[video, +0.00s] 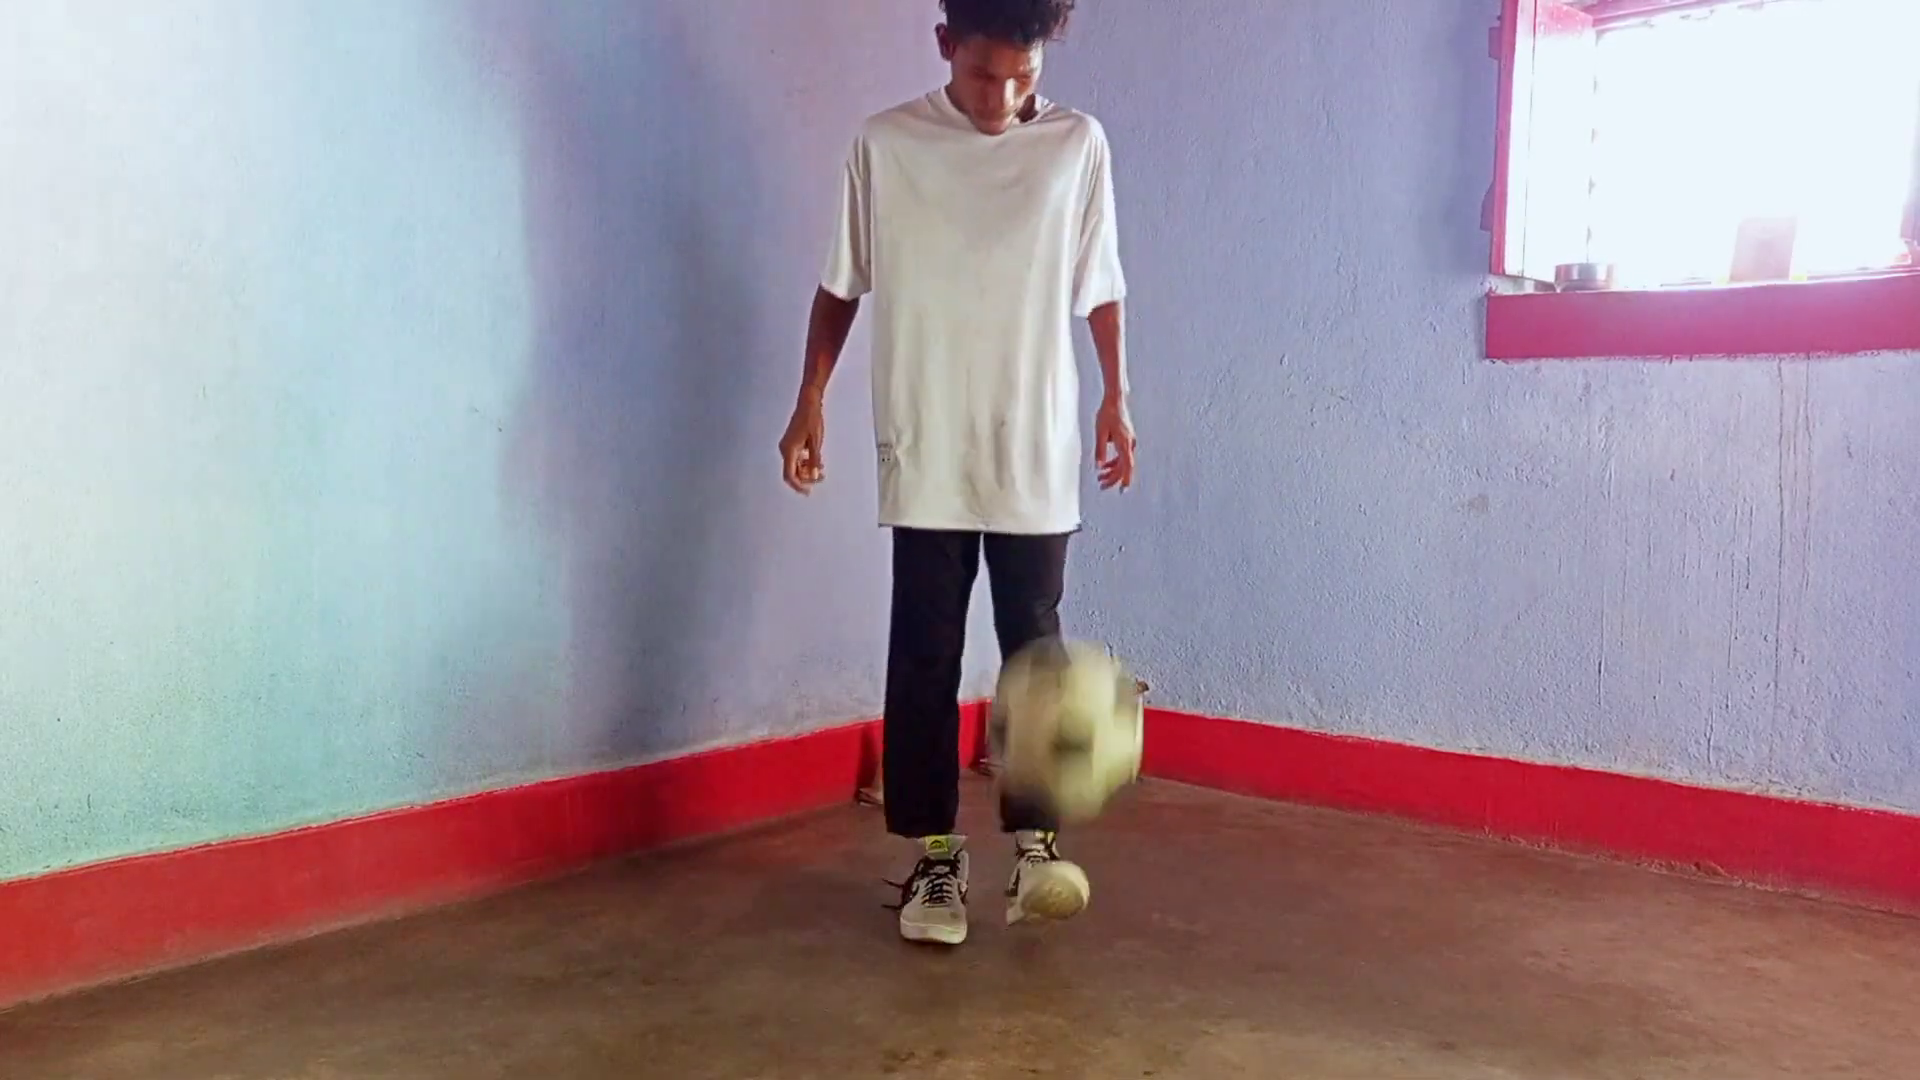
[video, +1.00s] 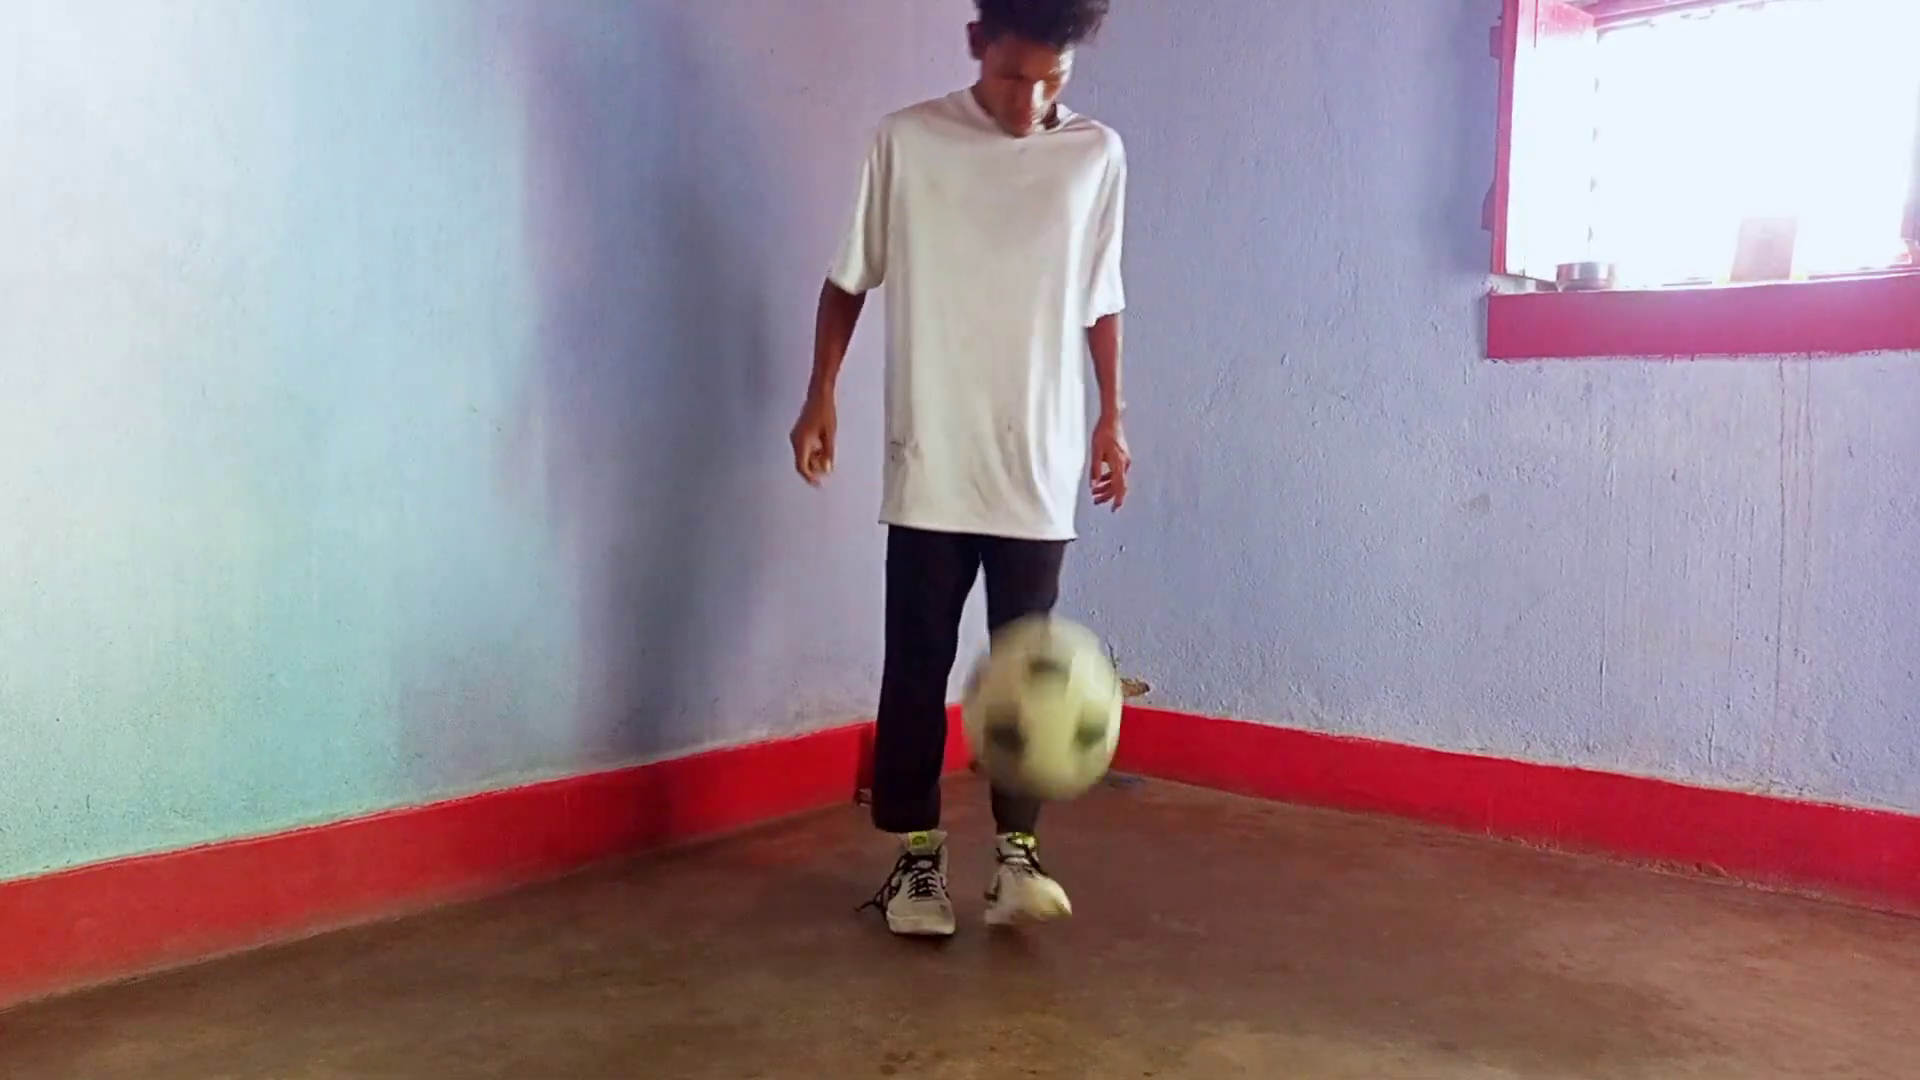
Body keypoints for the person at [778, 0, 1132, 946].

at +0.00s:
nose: (1001, 97)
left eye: (1019, 77)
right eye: (983, 76)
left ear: (1043, 56)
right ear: (944, 46)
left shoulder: (1076, 143)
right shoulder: (884, 143)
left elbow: (1100, 281)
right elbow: (841, 283)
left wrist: (1116, 398)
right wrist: (809, 402)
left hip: (1036, 441)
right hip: (925, 442)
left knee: (1036, 649)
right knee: (926, 657)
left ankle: (1036, 847)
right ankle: (935, 860)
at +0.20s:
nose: (1028, 89)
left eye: (1046, 70)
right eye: (1010, 68)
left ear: (1067, 51)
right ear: (969, 41)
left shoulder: (1097, 142)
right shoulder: (904, 138)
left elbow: (1119, 283)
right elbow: (857, 278)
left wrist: (1139, 396)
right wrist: (833, 394)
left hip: (1052, 448)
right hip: (938, 445)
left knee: (1048, 660)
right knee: (942, 663)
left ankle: (1028, 848)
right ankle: (940, 860)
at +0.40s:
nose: (1048, 108)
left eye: (1066, 88)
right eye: (1032, 85)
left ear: (1090, 71)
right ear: (993, 54)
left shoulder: (1113, 159)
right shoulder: (923, 152)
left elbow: (1145, 300)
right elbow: (882, 292)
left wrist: (1172, 408)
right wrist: (865, 415)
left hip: (1056, 454)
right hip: (951, 447)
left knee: (1045, 662)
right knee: (989, 662)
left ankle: (1046, 853)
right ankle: (1003, 866)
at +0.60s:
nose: (1043, 96)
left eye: (1062, 78)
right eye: (1027, 75)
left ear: (1083, 58)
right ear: (987, 43)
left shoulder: (1105, 148)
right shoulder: (917, 137)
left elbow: (1139, 291)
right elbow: (875, 271)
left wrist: (1164, 403)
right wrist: (861, 381)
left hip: (1050, 445)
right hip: (941, 440)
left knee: (1040, 652)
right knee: (954, 646)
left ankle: (1024, 848)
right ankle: (950, 855)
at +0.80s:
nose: (1021, 109)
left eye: (1038, 90)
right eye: (1004, 87)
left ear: (1058, 66)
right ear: (962, 52)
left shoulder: (1082, 156)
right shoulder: (897, 152)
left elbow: (1102, 301)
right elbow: (849, 290)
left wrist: (1118, 417)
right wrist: (831, 411)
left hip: (1036, 455)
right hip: (927, 453)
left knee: (1024, 664)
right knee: (920, 663)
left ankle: (1013, 846)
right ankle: (917, 856)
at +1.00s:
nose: (1030, 101)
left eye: (1049, 82)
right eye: (1013, 80)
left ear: (1071, 59)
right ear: (978, 47)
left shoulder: (1095, 152)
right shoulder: (906, 140)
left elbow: (1101, 296)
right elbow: (850, 277)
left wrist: (1111, 418)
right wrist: (820, 398)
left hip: (1042, 455)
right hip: (931, 451)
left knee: (1028, 668)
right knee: (918, 666)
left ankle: (1019, 857)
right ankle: (917, 861)